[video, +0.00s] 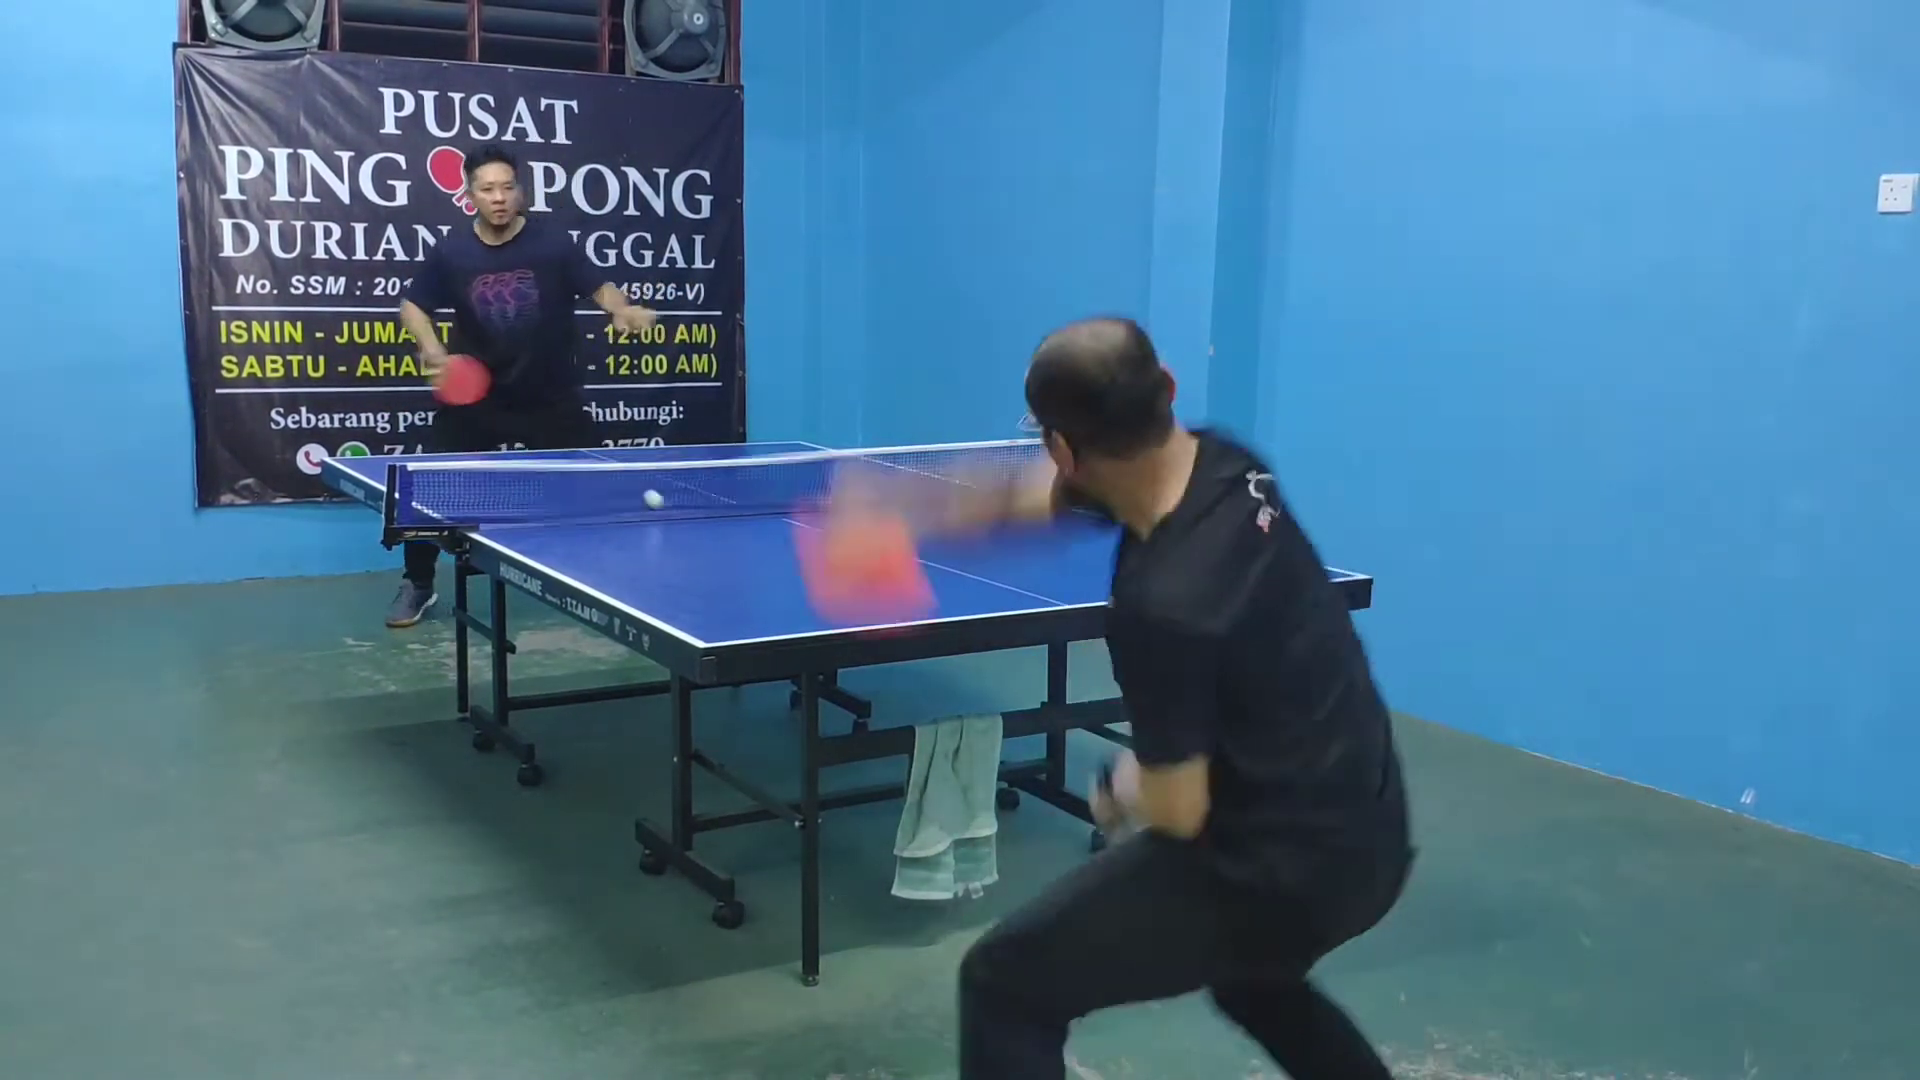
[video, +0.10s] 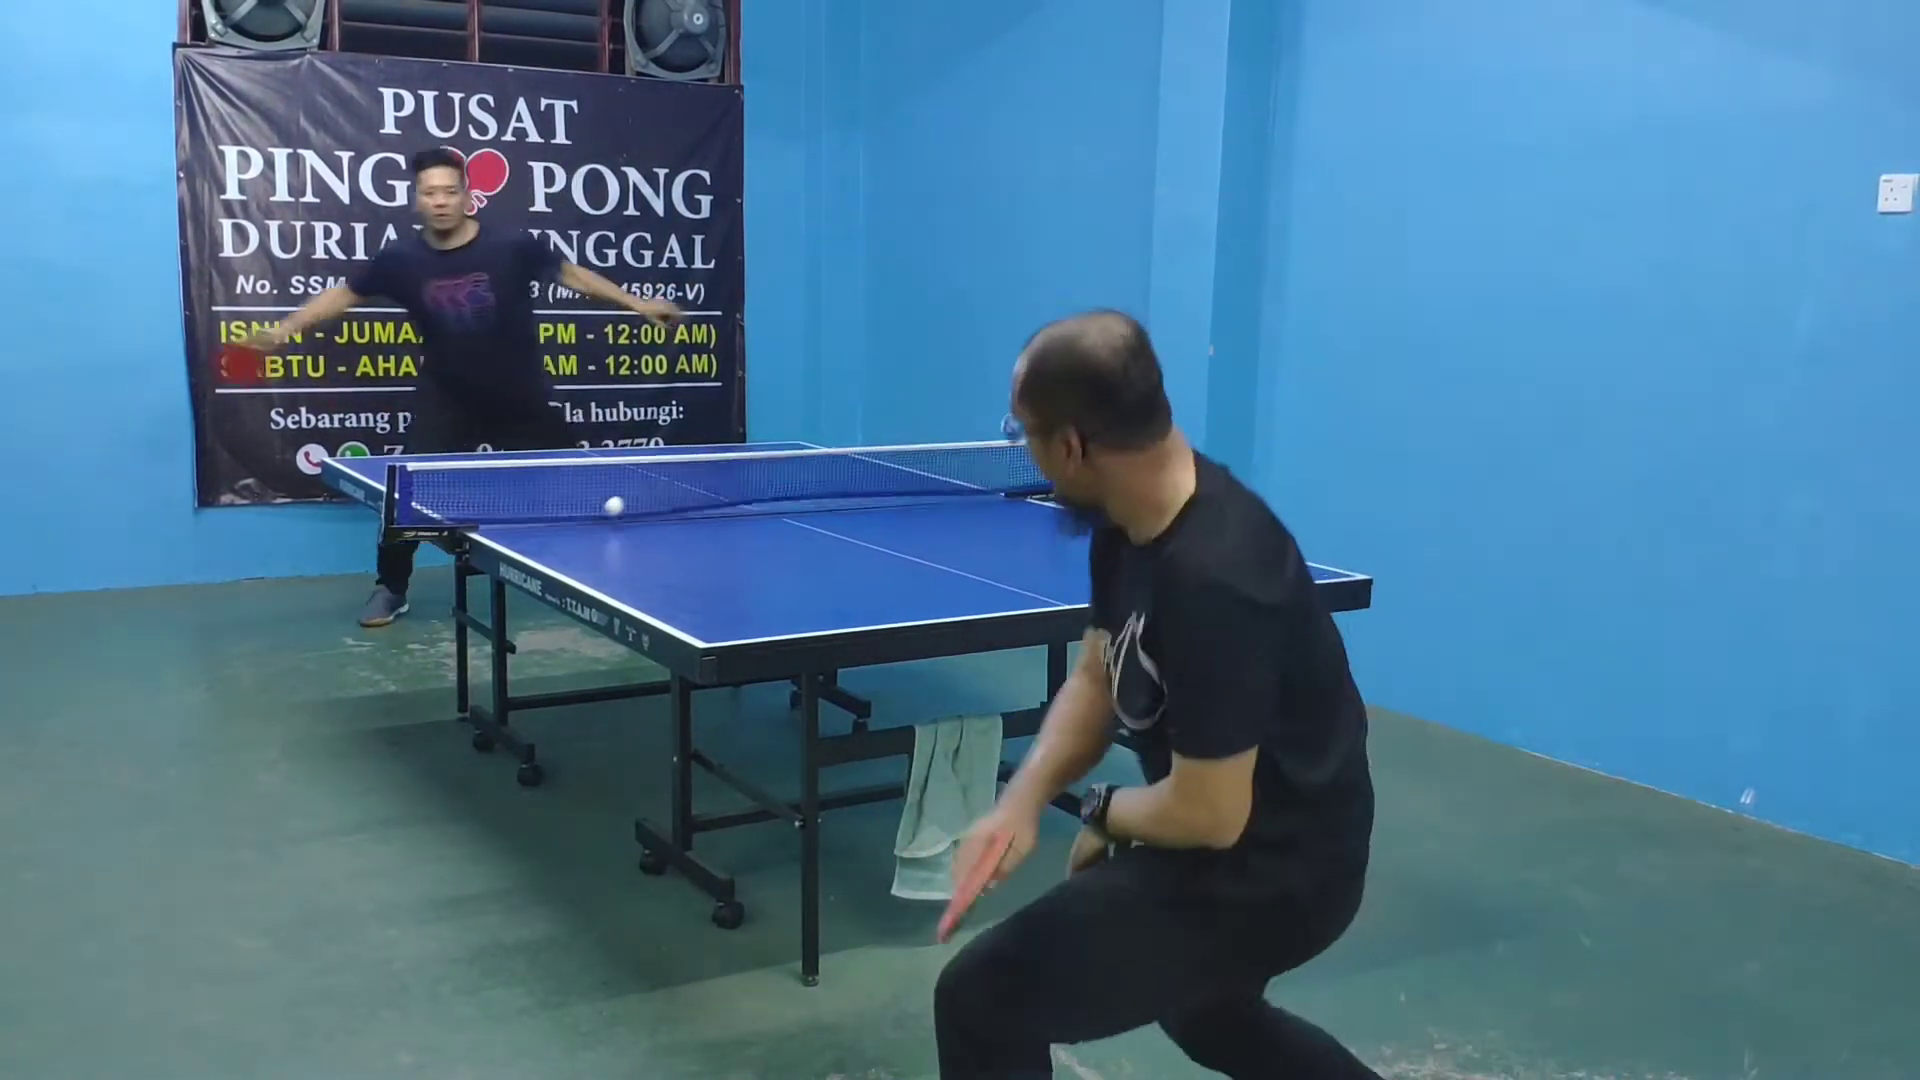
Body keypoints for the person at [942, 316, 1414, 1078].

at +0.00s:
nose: (1041, 448)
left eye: (1042, 434)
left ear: (1062, 451)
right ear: (1168, 390)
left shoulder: (1157, 602)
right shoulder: (1224, 459)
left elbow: (1178, 811)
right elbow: (1062, 495)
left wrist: (1127, 784)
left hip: (1271, 876)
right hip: (1367, 835)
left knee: (1004, 980)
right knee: (1252, 982)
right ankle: (1367, 1074)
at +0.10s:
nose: (1029, 450)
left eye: (1028, 433)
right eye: (1024, 432)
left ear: (1073, 446)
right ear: (1154, 404)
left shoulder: (1215, 581)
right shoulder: (1135, 517)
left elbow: (1210, 814)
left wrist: (1103, 810)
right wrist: (1020, 801)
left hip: (1276, 880)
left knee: (982, 999)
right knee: (1213, 1020)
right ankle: (1362, 1076)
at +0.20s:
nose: (1044, 366)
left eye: (1042, 346)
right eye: (1040, 346)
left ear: (1084, 358)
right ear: (1169, 329)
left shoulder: (1205, 508)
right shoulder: (1170, 447)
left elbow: (1226, 750)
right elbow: (1143, 626)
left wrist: (1115, 775)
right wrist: (1049, 727)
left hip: (1261, 838)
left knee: (993, 1016)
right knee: (1260, 999)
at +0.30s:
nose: (1057, 262)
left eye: (1055, 237)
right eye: (1053, 237)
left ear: (1094, 245)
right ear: (1185, 229)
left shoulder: (1177, 404)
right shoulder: (1237, 347)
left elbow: (1246, 638)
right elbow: (1201, 532)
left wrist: (1121, 730)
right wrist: (1090, 626)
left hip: (1267, 767)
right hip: (1339, 736)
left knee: (1067, 1011)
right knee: (1272, 975)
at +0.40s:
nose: (1070, 228)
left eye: (1069, 201)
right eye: (1066, 203)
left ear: (1106, 208)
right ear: (1201, 193)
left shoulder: (1180, 366)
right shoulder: (1257, 311)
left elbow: (1260, 603)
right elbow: (1247, 510)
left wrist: (1124, 718)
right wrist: (1117, 599)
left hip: (1277, 750)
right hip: (1357, 721)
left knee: (1091, 1013)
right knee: (1277, 983)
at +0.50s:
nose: (1087, 232)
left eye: (1088, 206)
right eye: (1086, 207)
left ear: (1126, 216)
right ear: (1225, 205)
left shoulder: (1199, 386)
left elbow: (1270, 630)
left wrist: (1120, 770)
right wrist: (1153, 624)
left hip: (1277, 786)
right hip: (1369, 758)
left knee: (1062, 1050)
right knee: (1357, 1048)